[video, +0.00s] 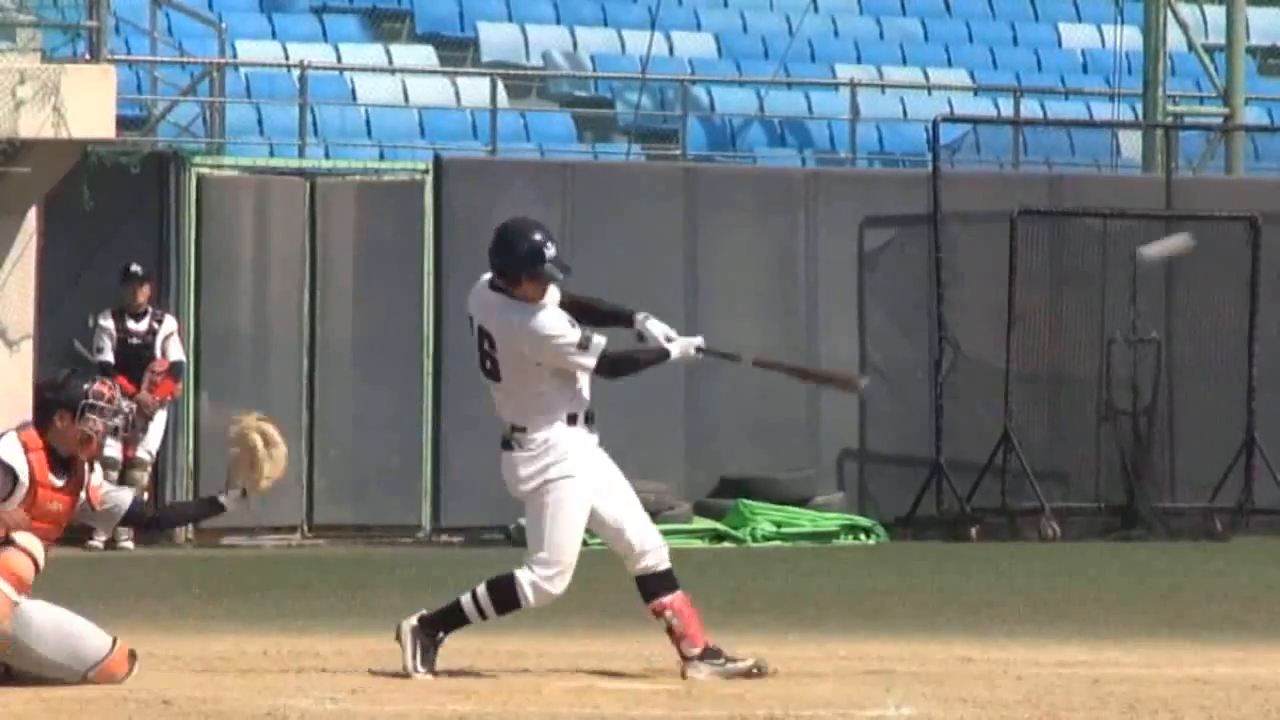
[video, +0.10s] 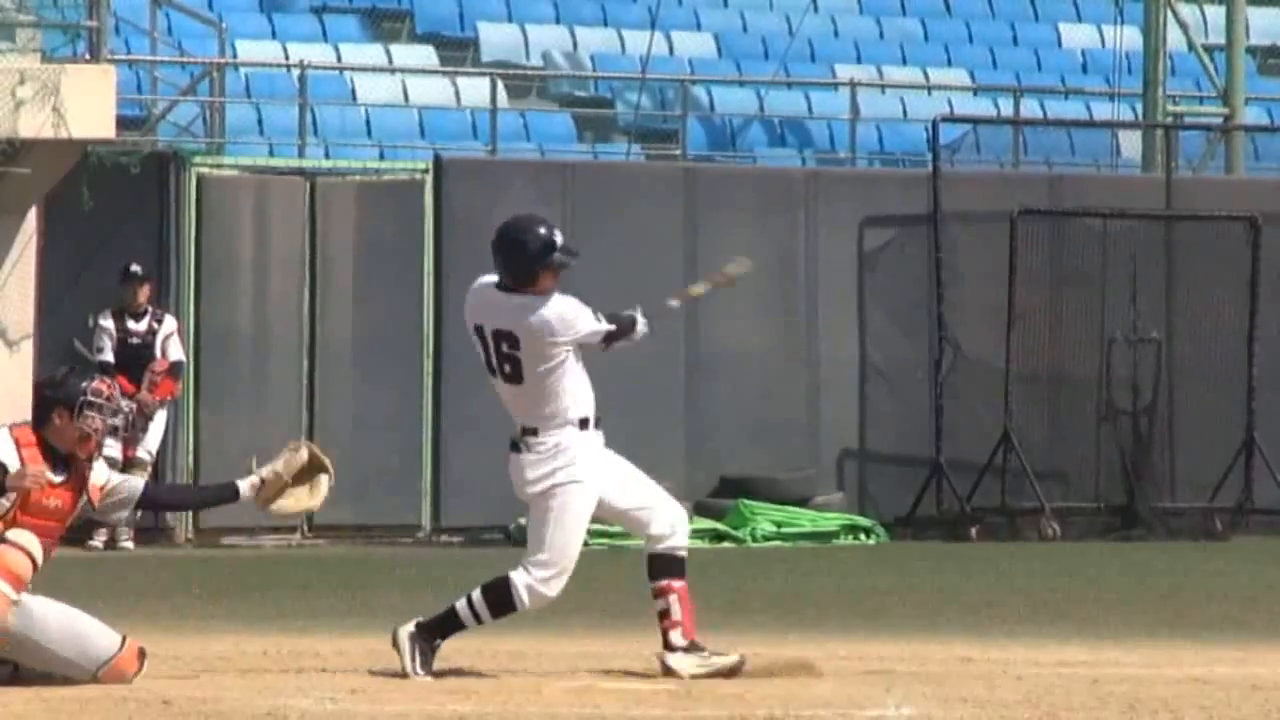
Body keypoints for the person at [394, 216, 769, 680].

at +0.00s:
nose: (547, 286)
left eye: (548, 277)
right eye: (538, 279)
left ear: (510, 273)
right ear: (510, 279)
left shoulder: (484, 289)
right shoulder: (541, 327)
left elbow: (570, 303)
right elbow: (610, 363)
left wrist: (637, 319)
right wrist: (670, 352)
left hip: (572, 442)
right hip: (548, 449)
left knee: (645, 545)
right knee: (548, 577)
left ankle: (698, 654)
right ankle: (427, 630)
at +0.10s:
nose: (559, 275)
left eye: (558, 266)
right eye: (553, 268)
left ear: (508, 266)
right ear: (530, 271)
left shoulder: (478, 295)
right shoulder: (556, 314)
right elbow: (608, 332)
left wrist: (614, 328)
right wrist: (635, 322)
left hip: (574, 448)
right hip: (559, 453)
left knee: (668, 520)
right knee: (543, 580)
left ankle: (680, 646)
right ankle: (425, 635)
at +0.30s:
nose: (618, 279)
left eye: (617, 270)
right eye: (613, 272)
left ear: (563, 276)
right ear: (596, 280)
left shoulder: (521, 328)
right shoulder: (617, 320)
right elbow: (575, 316)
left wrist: (522, 313)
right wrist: (532, 311)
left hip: (546, 467)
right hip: (580, 477)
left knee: (649, 547)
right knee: (535, 608)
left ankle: (577, 642)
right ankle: (410, 640)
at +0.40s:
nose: (665, 283)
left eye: (665, 274)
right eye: (662, 275)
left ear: (606, 279)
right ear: (648, 281)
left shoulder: (563, 327)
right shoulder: (660, 331)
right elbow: (624, 339)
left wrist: (564, 329)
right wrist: (571, 327)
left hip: (548, 473)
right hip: (597, 487)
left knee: (637, 537)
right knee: (586, 618)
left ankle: (574, 637)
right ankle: (469, 625)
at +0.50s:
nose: (702, 284)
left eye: (701, 275)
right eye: (697, 276)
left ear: (641, 277)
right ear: (681, 283)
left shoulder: (599, 318)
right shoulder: (688, 345)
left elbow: (597, 377)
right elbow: (699, 412)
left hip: (558, 465)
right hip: (607, 480)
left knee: (623, 548)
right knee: (667, 594)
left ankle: (575, 639)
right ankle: (552, 609)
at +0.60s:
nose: (723, 281)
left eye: (722, 272)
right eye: (718, 273)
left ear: (666, 275)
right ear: (703, 279)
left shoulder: (630, 314)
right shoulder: (700, 344)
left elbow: (625, 396)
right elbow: (731, 426)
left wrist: (665, 443)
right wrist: (770, 440)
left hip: (577, 458)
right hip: (619, 468)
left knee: (636, 546)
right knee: (714, 565)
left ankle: (580, 636)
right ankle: (601, 615)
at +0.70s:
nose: (781, 259)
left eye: (780, 250)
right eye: (775, 251)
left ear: (729, 252)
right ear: (754, 254)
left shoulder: (697, 292)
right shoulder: (736, 317)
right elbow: (787, 398)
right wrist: (857, 430)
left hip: (657, 452)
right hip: (670, 459)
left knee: (658, 553)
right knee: (754, 559)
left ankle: (591, 632)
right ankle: (674, 632)